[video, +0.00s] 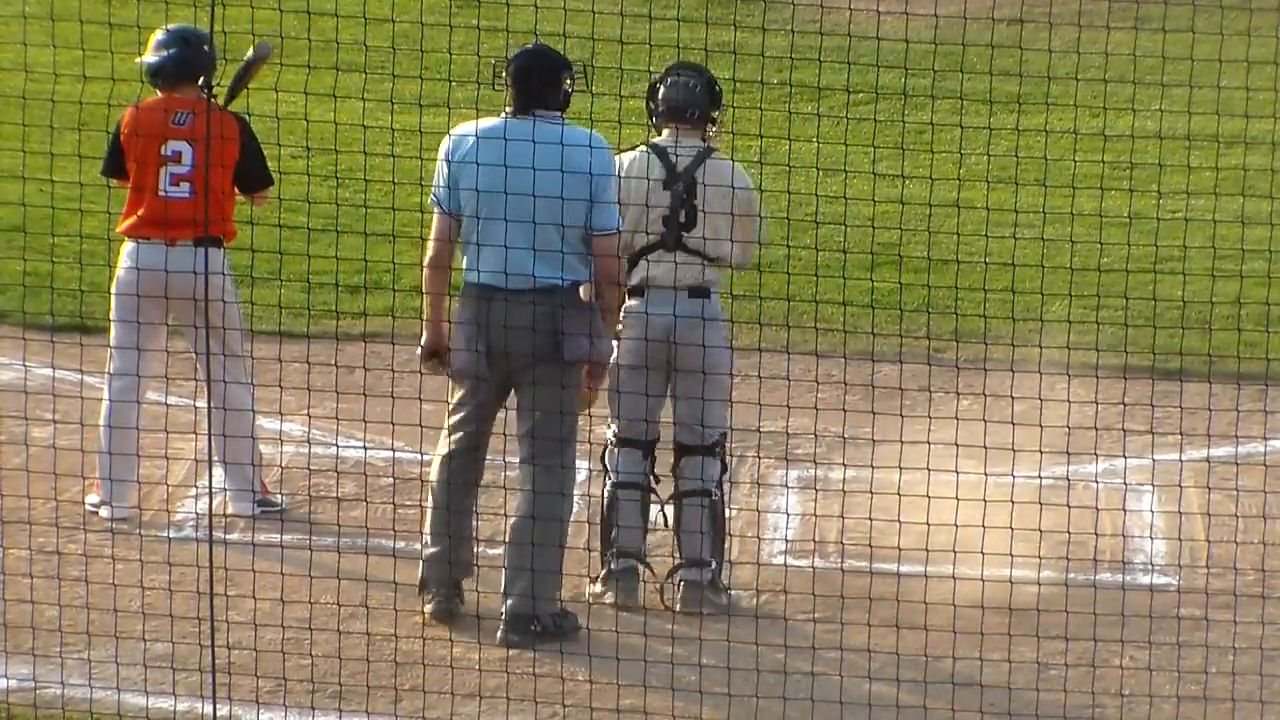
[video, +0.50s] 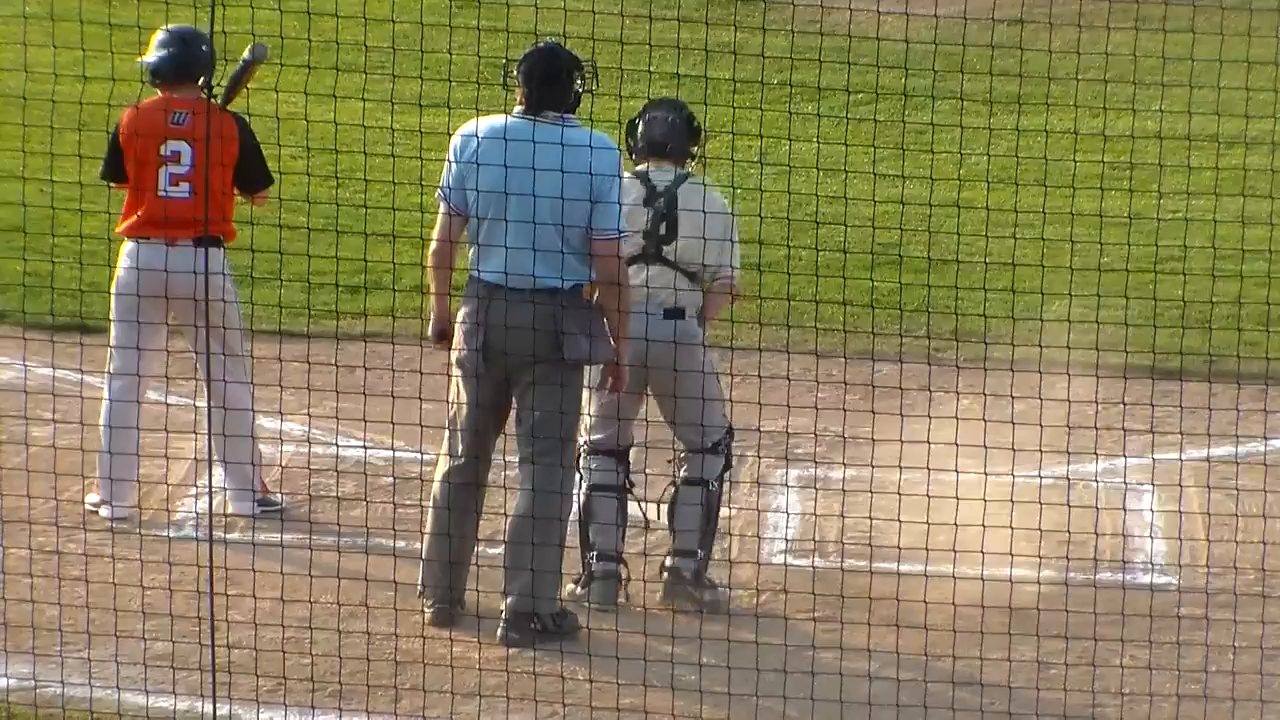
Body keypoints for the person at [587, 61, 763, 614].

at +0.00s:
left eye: (657, 106)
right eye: (707, 110)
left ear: (655, 110)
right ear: (711, 114)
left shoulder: (626, 167)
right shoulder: (732, 176)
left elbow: (611, 249)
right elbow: (743, 254)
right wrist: (688, 237)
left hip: (639, 319)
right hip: (702, 322)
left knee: (630, 442)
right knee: (700, 446)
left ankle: (623, 571)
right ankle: (697, 576)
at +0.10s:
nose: (656, 118)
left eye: (658, 110)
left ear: (659, 113)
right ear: (714, 118)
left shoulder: (631, 171)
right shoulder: (737, 178)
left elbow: (613, 251)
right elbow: (751, 259)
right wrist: (700, 240)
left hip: (643, 318)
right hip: (707, 320)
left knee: (623, 436)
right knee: (704, 446)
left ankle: (610, 560)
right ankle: (698, 575)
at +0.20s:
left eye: (658, 113)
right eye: (712, 116)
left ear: (658, 116)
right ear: (713, 120)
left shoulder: (629, 172)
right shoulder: (737, 181)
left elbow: (610, 254)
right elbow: (750, 269)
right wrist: (711, 246)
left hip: (641, 316)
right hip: (707, 320)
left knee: (619, 432)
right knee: (703, 446)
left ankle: (602, 561)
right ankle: (696, 576)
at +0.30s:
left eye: (651, 115)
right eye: (704, 120)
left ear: (652, 118)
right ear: (707, 123)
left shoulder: (623, 172)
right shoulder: (732, 182)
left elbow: (604, 252)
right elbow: (749, 271)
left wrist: (610, 315)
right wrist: (718, 314)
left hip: (634, 317)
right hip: (703, 322)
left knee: (616, 439)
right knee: (701, 448)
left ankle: (601, 563)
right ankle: (697, 577)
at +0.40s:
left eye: (643, 122)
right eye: (693, 127)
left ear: (642, 125)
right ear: (699, 130)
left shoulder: (614, 174)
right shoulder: (719, 184)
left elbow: (590, 248)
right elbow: (744, 269)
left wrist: (604, 306)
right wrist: (706, 312)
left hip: (621, 313)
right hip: (687, 320)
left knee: (613, 440)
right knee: (699, 446)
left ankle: (602, 567)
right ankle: (696, 574)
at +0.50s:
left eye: (632, 143)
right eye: (690, 144)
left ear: (634, 145)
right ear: (690, 148)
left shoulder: (607, 189)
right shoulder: (709, 200)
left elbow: (586, 269)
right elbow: (724, 283)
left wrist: (597, 318)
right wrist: (690, 331)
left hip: (616, 329)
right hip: (677, 334)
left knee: (606, 445)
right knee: (709, 443)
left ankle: (602, 569)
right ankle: (686, 570)